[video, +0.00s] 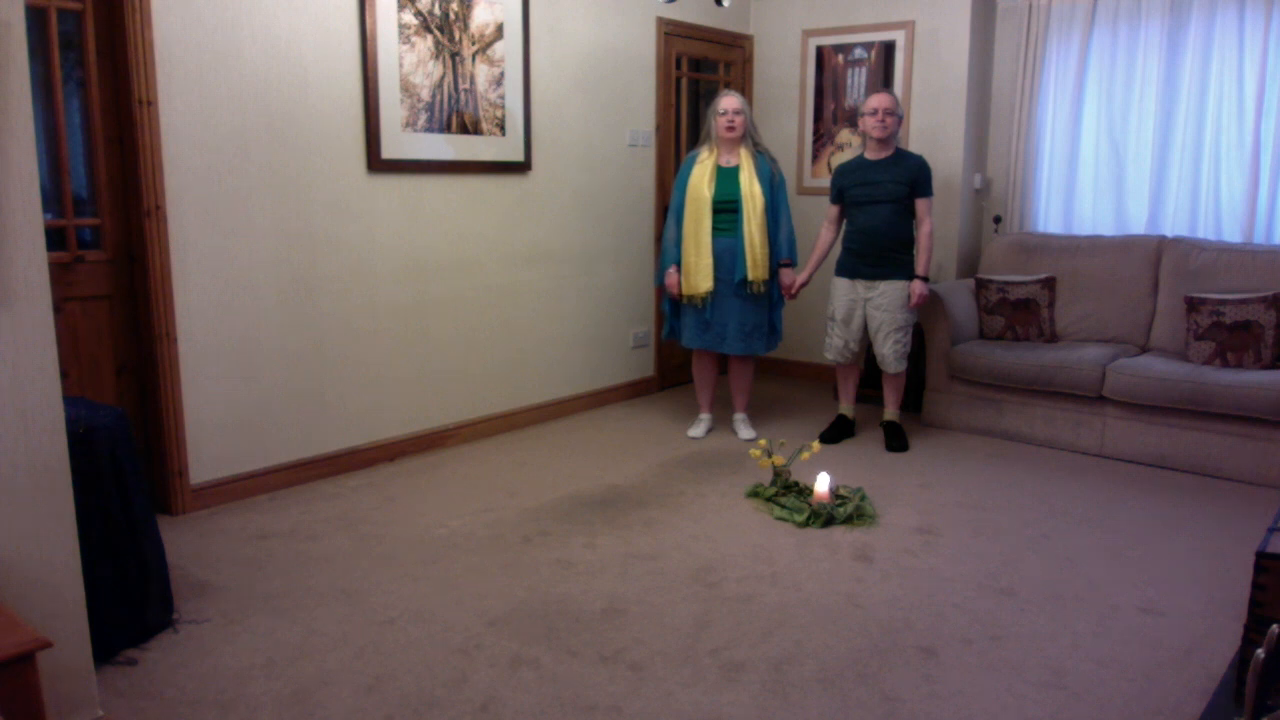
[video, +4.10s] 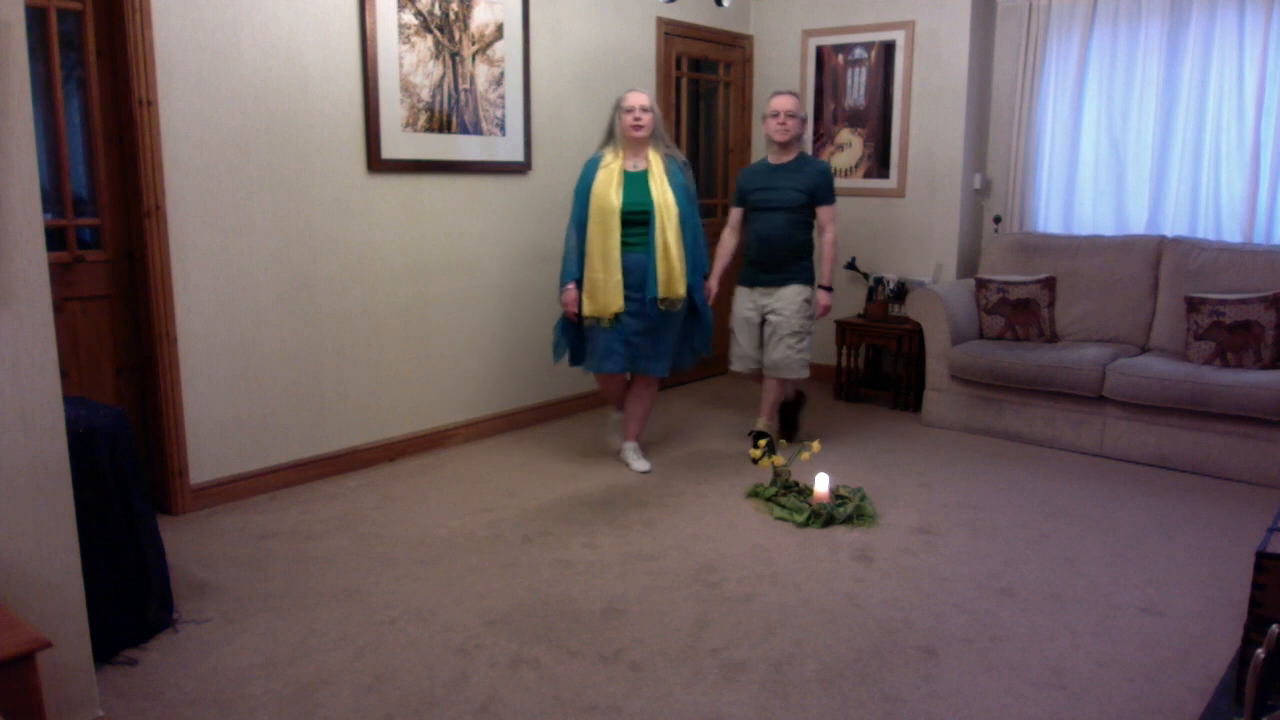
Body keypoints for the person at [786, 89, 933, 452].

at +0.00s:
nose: (881, 118)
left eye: (888, 113)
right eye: (873, 113)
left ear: (900, 121)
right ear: (860, 122)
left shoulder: (914, 166)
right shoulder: (844, 172)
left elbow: (924, 224)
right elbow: (830, 227)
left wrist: (921, 276)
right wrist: (806, 273)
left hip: (895, 279)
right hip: (849, 276)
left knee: (893, 355)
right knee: (844, 349)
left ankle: (892, 419)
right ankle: (845, 415)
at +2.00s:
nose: (885, 119)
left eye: (892, 113)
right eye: (877, 113)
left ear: (903, 120)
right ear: (864, 121)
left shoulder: (918, 166)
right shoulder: (848, 172)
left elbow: (928, 224)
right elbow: (833, 226)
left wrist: (924, 276)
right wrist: (809, 272)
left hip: (898, 279)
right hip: (852, 277)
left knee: (894, 355)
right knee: (846, 349)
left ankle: (892, 419)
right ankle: (845, 416)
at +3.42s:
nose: (834, 125)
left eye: (843, 120)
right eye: (827, 119)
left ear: (855, 127)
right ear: (816, 127)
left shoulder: (869, 171)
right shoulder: (806, 176)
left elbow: (884, 228)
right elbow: (786, 229)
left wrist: (885, 281)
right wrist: (759, 275)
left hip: (848, 280)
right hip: (807, 278)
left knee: (850, 354)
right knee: (806, 351)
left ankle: (871, 415)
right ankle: (817, 417)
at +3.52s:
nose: (824, 124)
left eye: (832, 118)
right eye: (817, 118)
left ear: (845, 125)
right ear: (807, 124)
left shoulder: (860, 170)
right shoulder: (796, 173)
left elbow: (873, 225)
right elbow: (777, 228)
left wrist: (873, 279)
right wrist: (750, 273)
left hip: (840, 277)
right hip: (800, 276)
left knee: (832, 347)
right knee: (803, 350)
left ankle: (842, 414)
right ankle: (815, 416)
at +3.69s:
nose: (808, 122)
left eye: (817, 116)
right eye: (801, 116)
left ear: (831, 123)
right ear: (791, 122)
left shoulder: (845, 168)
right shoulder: (781, 174)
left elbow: (858, 224)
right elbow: (764, 228)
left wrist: (859, 277)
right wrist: (740, 274)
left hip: (828, 273)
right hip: (791, 273)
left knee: (804, 348)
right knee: (799, 349)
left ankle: (786, 425)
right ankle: (817, 417)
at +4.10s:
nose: (782, 122)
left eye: (790, 116)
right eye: (775, 116)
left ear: (802, 124)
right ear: (764, 123)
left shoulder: (817, 172)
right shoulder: (749, 175)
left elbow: (827, 231)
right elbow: (731, 230)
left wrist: (825, 286)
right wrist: (715, 275)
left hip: (792, 285)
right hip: (750, 284)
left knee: (778, 361)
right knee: (751, 360)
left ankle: (763, 428)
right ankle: (789, 398)